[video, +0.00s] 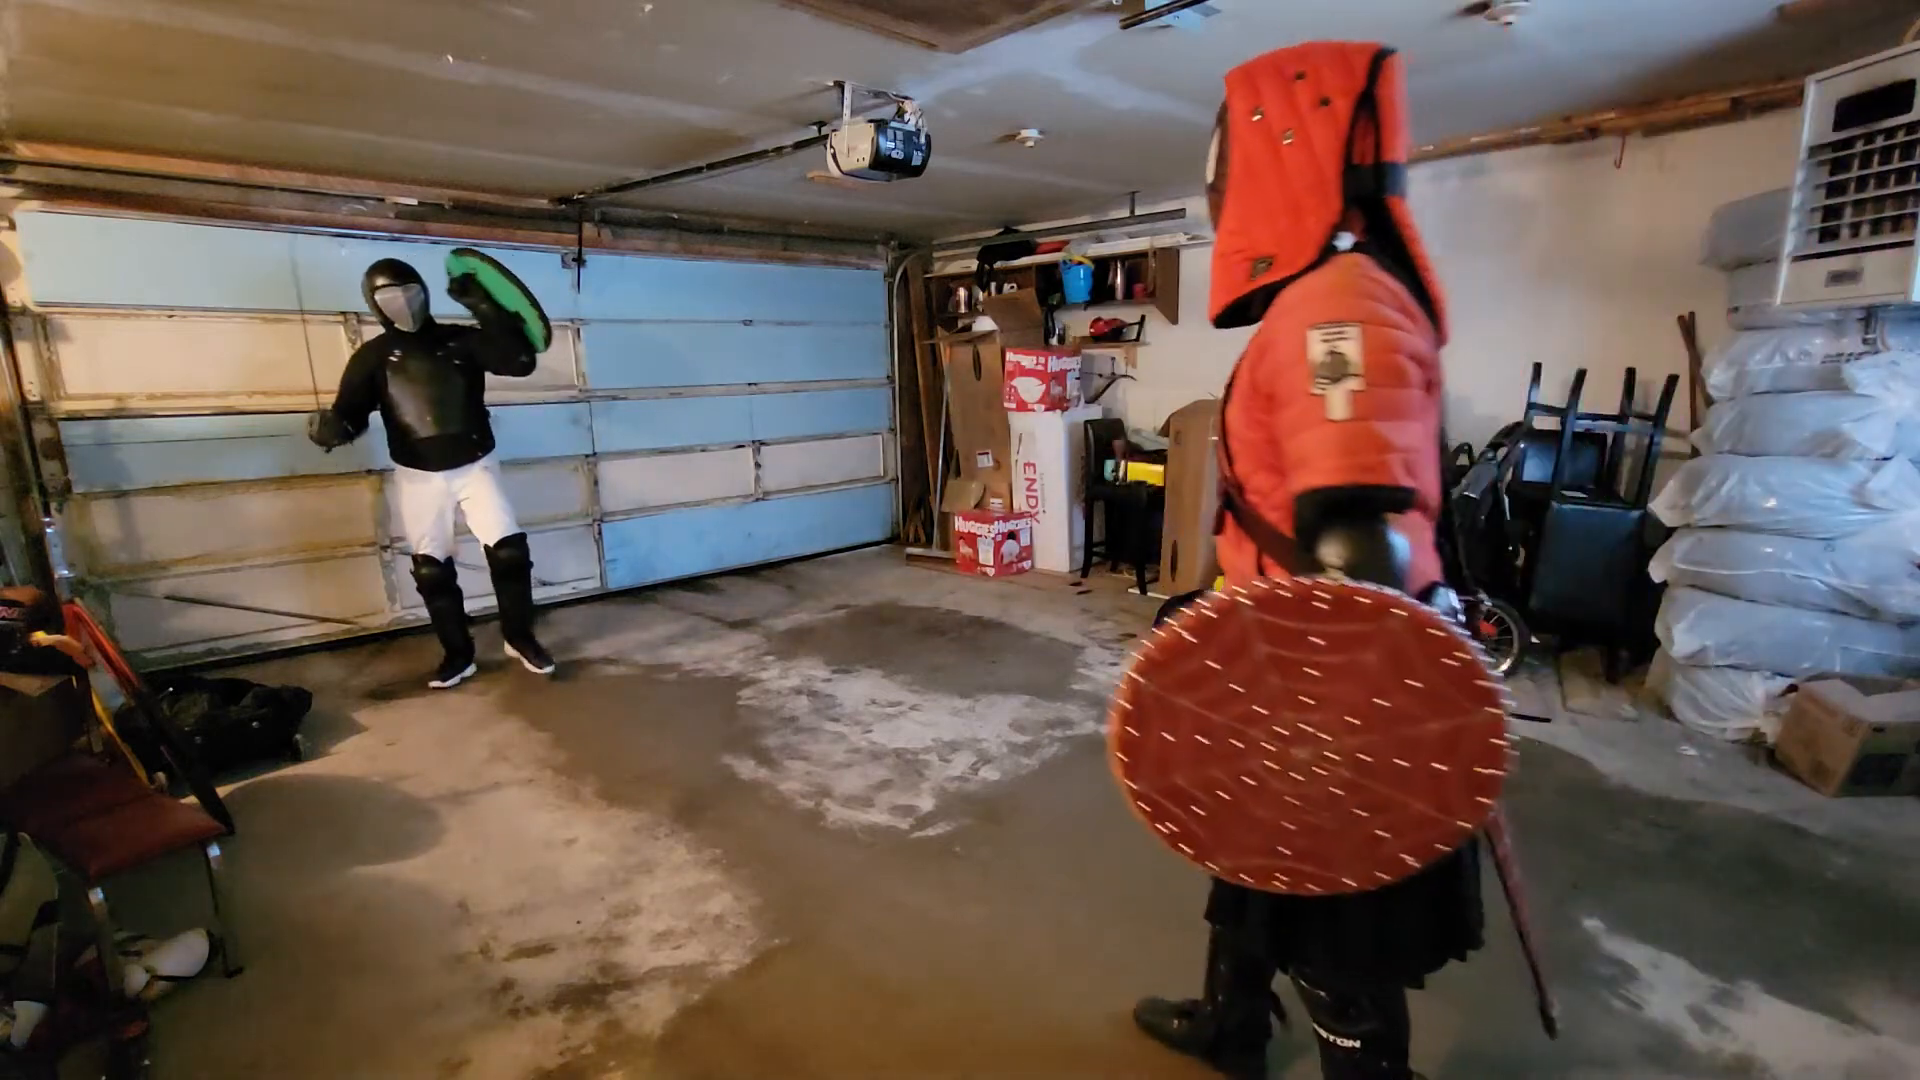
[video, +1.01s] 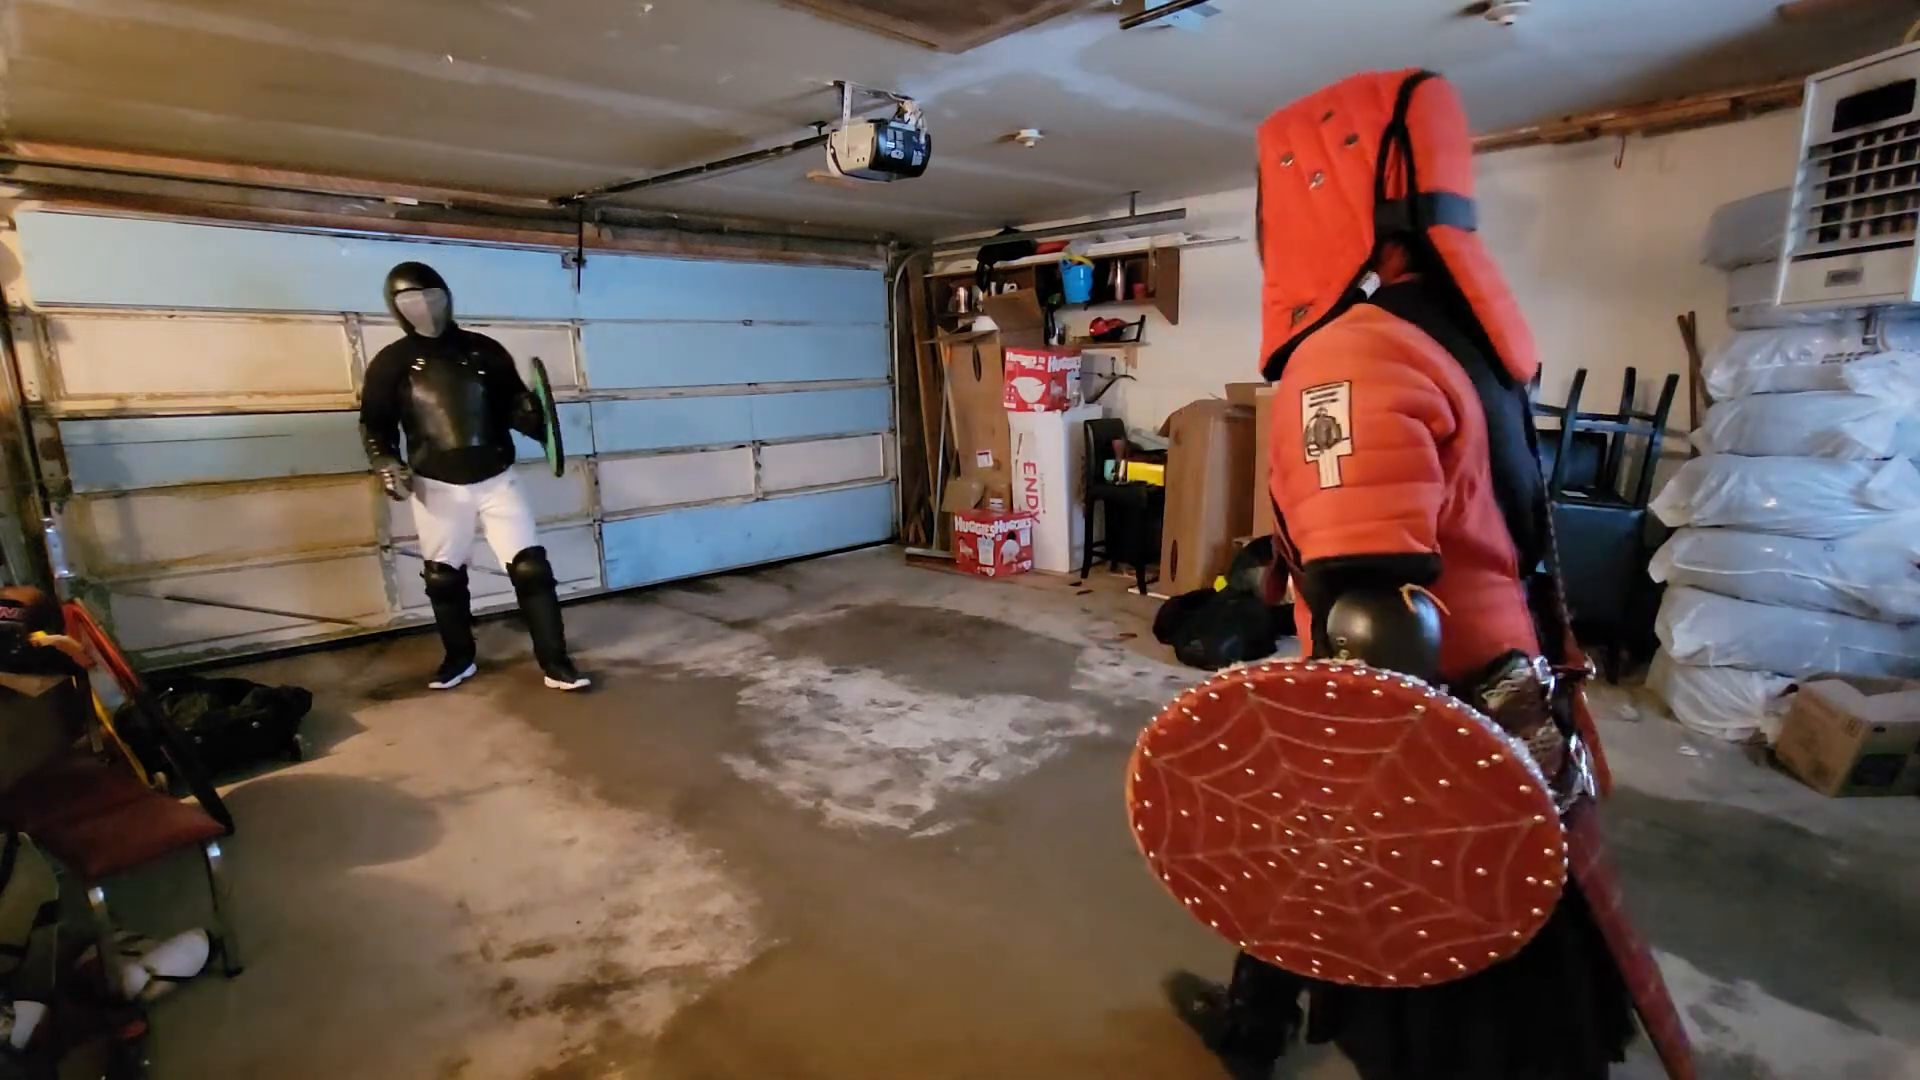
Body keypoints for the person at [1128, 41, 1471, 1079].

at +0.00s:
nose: (1217, 186)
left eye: (1234, 155)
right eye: (1224, 158)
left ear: (1293, 154)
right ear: (1325, 153)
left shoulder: (1347, 302)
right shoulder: (1307, 302)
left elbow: (1361, 543)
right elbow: (1295, 518)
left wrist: (1344, 724)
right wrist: (1217, 613)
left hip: (1333, 690)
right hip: (1274, 668)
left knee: (1339, 895)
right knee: (1247, 843)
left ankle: (1366, 1059)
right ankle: (1232, 1015)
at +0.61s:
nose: (1186, 232)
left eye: (1197, 207)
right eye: (1192, 208)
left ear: (1239, 206)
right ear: (1306, 202)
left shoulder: (1262, 330)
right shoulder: (1321, 319)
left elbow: (1273, 554)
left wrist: (1256, 736)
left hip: (1352, 705)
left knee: (1341, 956)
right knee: (1250, 841)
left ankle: (1436, 1064)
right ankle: (1234, 1017)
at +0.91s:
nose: (1253, 234)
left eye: (1264, 206)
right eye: (1258, 208)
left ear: (1316, 208)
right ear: (1387, 207)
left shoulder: (1347, 361)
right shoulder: (1416, 344)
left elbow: (1371, 632)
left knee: (1418, 1030)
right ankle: (1240, 1011)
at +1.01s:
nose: (1266, 226)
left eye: (1279, 197)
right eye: (1273, 198)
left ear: (1325, 199)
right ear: (1417, 197)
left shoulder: (1358, 357)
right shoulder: (1432, 341)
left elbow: (1376, 633)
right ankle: (1254, 1013)